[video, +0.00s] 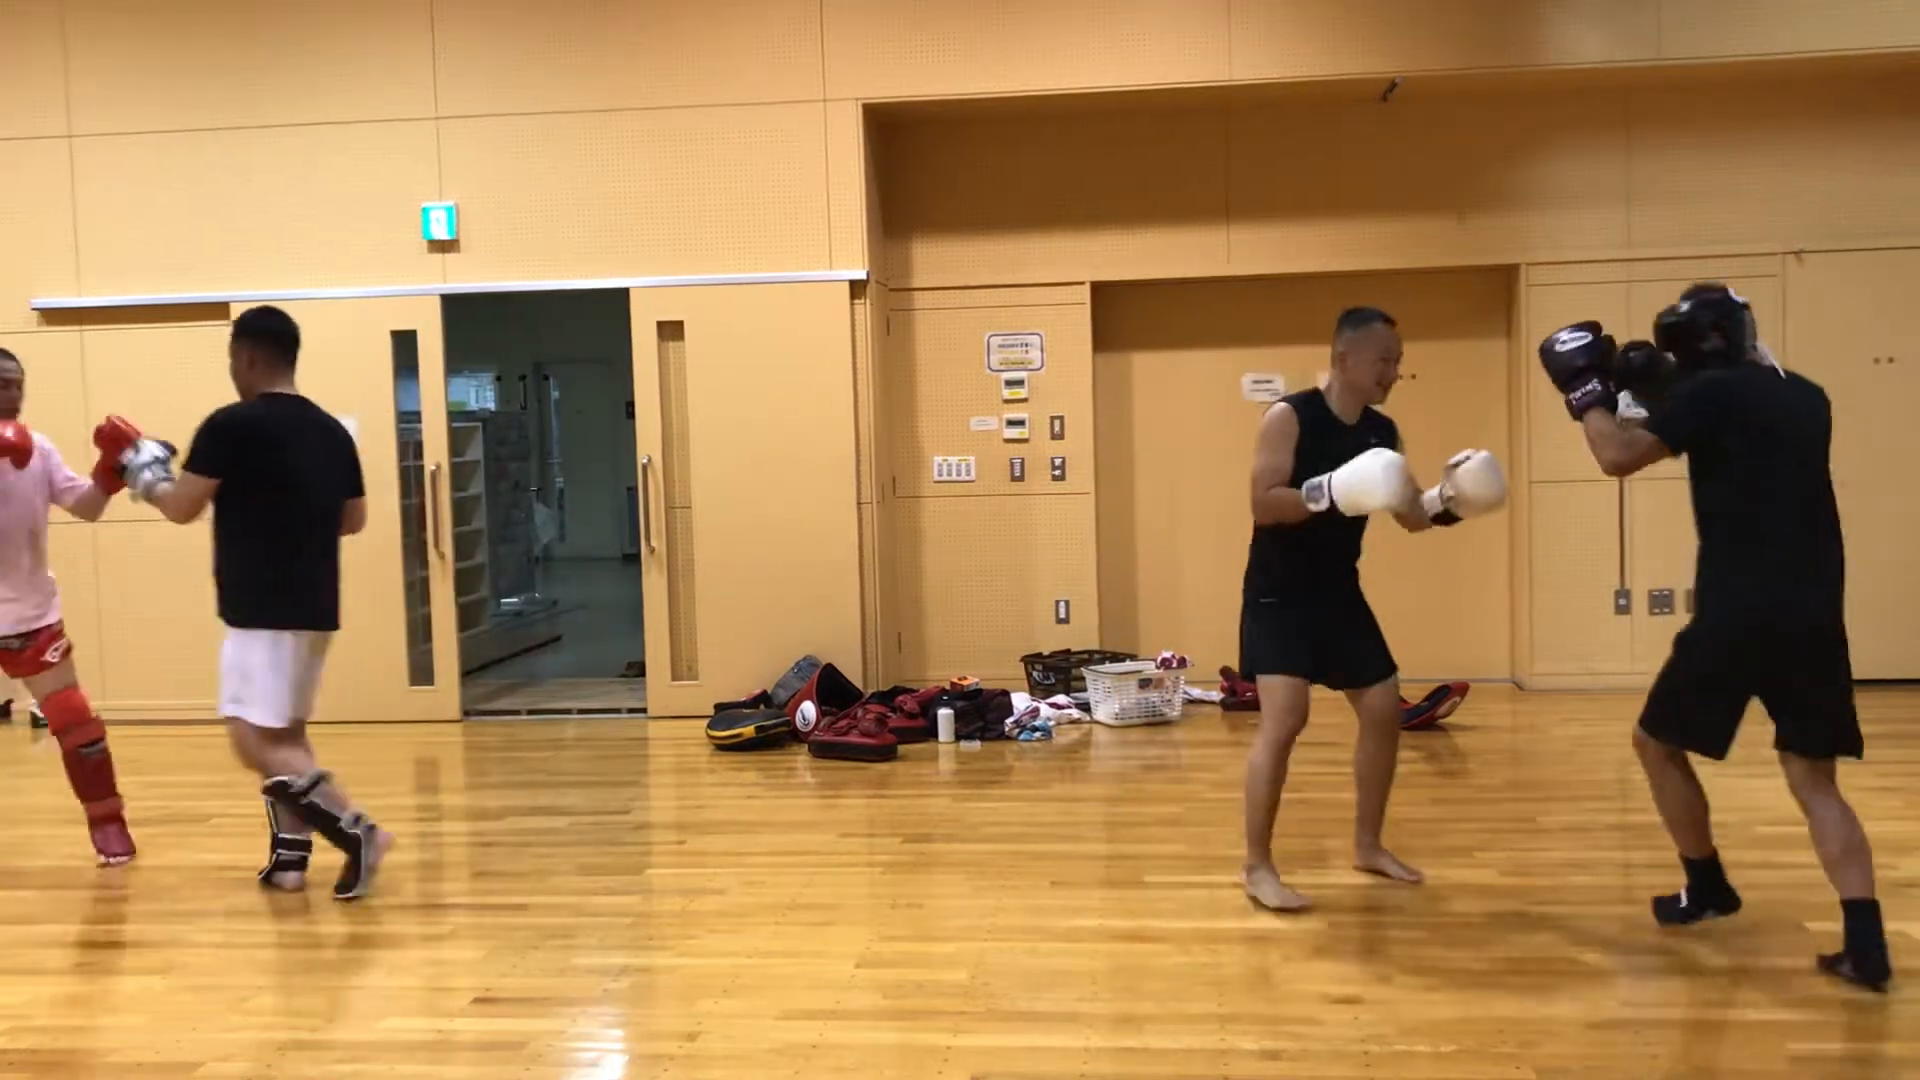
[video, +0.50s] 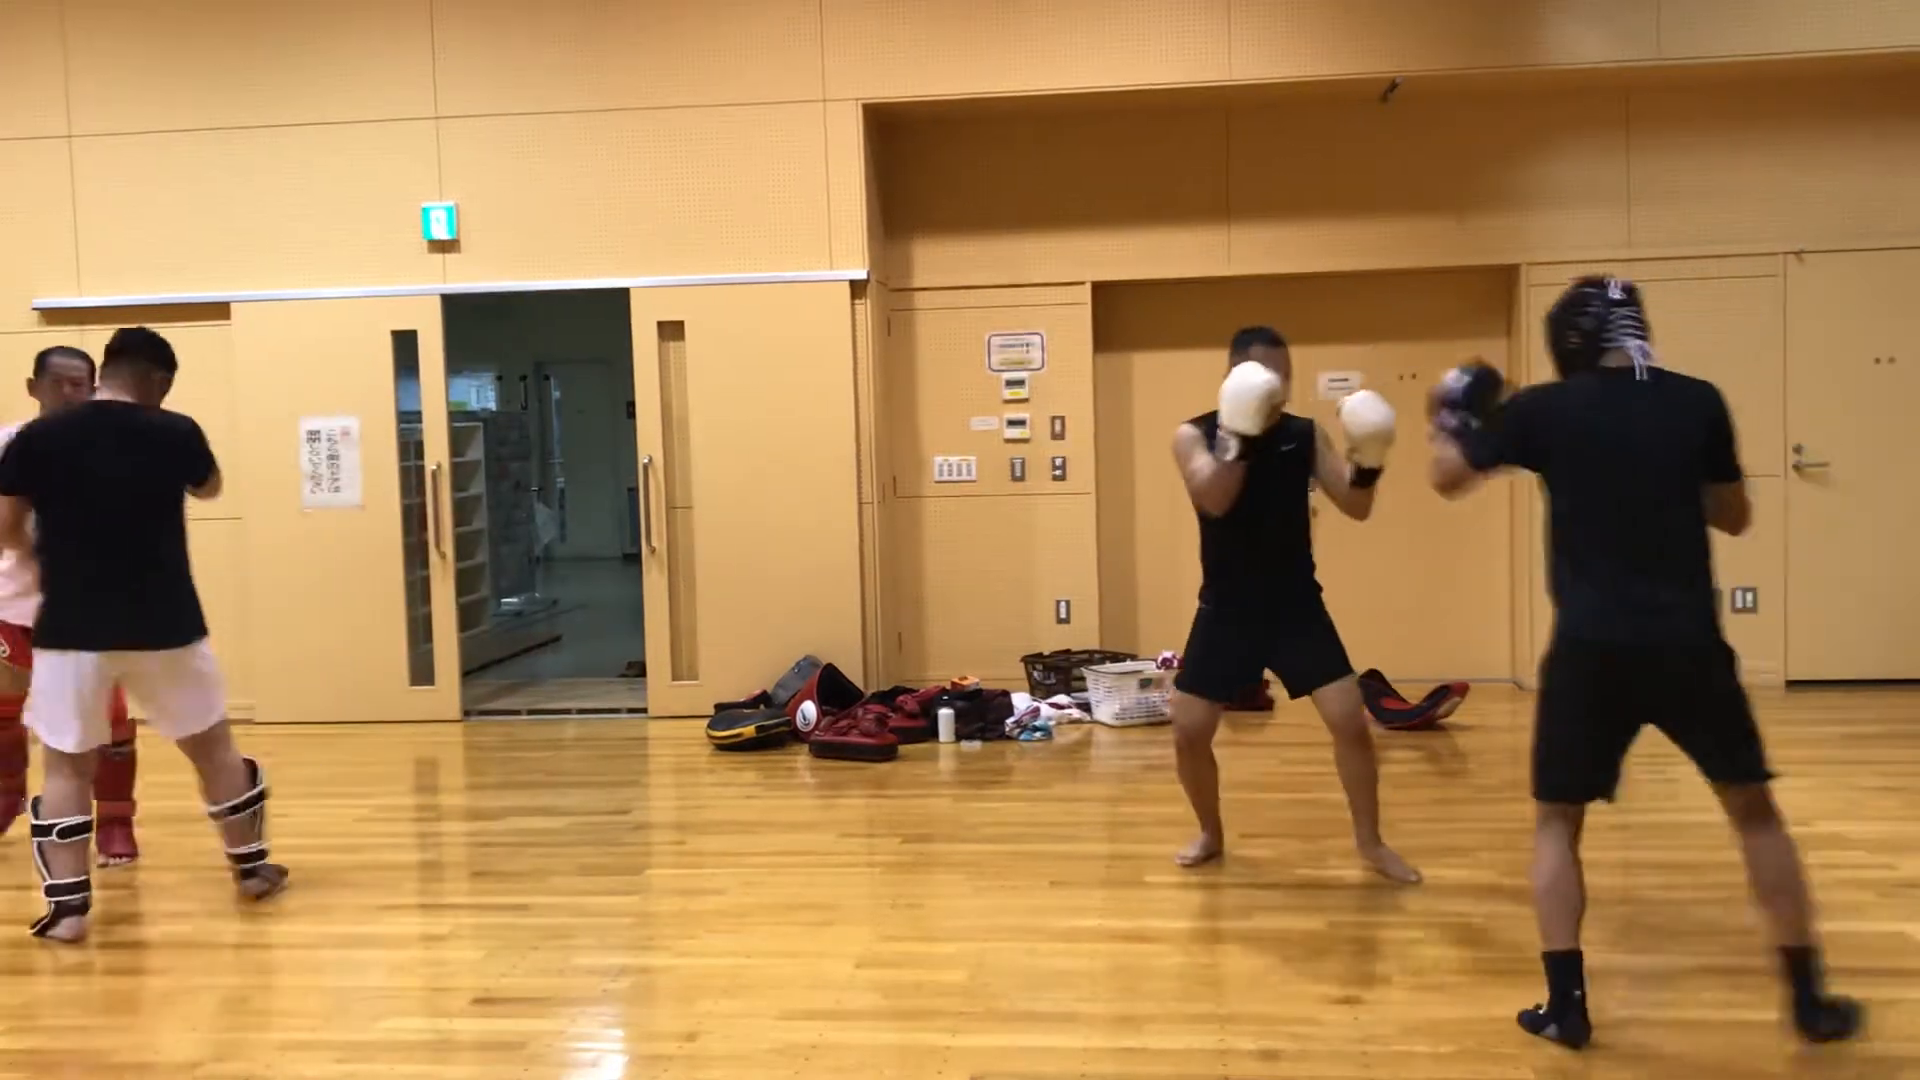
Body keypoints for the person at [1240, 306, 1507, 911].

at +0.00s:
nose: (1396, 373)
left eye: (1398, 362)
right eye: (1386, 361)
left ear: (1376, 364)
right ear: (1344, 358)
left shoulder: (1381, 432)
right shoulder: (1288, 418)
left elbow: (1409, 516)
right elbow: (1263, 506)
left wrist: (1448, 501)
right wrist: (1329, 492)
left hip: (1339, 592)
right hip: (1278, 592)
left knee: (1383, 709)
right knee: (1283, 719)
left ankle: (1368, 847)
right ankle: (1258, 867)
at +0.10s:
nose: (1394, 376)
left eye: (1399, 365)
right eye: (1385, 363)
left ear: (1390, 364)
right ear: (1344, 358)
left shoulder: (1380, 432)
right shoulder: (1288, 415)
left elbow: (1412, 516)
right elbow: (1274, 496)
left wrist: (1446, 490)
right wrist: (1342, 465)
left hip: (1335, 591)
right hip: (1271, 591)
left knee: (1379, 708)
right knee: (1265, 718)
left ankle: (1368, 847)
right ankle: (1248, 856)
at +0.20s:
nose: (1355, 369)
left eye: (1365, 358)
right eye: (1345, 355)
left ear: (1375, 364)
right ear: (1320, 353)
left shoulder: (1367, 428)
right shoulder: (1271, 408)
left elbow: (1416, 494)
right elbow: (1293, 474)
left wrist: (1445, 452)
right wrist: (1332, 409)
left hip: (1332, 589)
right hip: (1266, 589)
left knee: (1371, 707)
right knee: (1233, 716)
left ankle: (1368, 845)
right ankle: (1214, 827)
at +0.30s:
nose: (1333, 368)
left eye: (1339, 358)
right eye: (1320, 356)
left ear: (1345, 365)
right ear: (1294, 355)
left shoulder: (1344, 424)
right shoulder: (1244, 413)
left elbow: (1400, 486)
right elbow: (1275, 469)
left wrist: (1420, 442)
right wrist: (1301, 405)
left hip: (1321, 593)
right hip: (1252, 594)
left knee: (1366, 709)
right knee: (1210, 720)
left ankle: (1368, 846)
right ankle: (1208, 826)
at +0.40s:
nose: (1307, 376)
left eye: (1314, 366)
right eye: (1296, 364)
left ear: (1322, 370)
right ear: (1268, 362)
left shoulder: (1329, 427)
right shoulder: (1226, 420)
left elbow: (1384, 490)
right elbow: (1250, 479)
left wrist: (1402, 444)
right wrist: (1273, 415)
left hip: (1310, 597)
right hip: (1241, 599)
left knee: (1360, 709)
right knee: (1199, 718)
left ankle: (1364, 847)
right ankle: (1208, 833)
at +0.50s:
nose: (1269, 385)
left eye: (1277, 374)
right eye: (1257, 374)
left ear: (1289, 375)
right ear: (1233, 373)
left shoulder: (1305, 435)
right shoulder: (1195, 436)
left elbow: (1356, 506)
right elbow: (1212, 500)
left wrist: (1367, 457)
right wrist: (1236, 434)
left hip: (1295, 605)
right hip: (1226, 608)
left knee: (1350, 720)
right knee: (1188, 732)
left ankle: (1370, 843)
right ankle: (1210, 835)